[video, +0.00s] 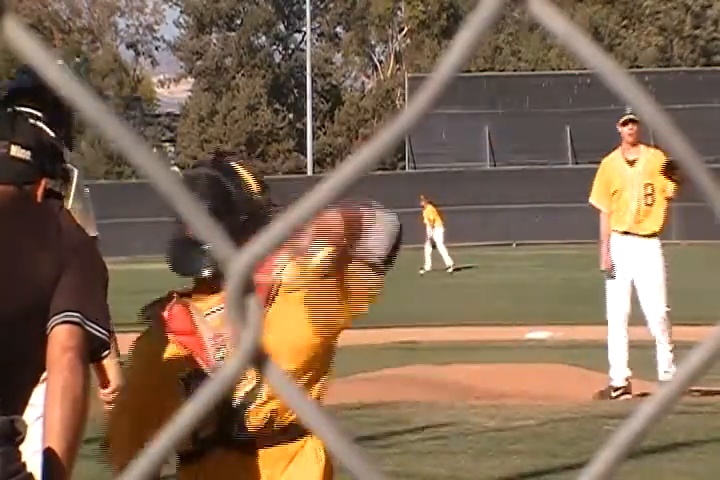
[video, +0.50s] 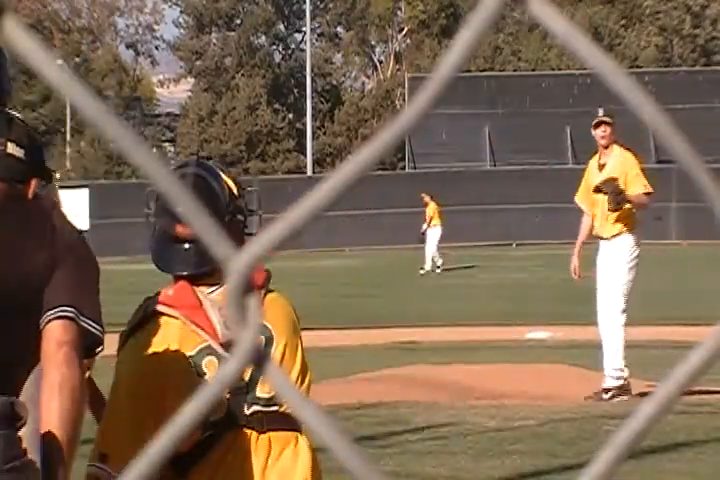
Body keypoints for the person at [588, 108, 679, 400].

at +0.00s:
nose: (630, 129)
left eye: (634, 124)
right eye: (625, 124)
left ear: (640, 128)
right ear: (619, 129)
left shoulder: (656, 157)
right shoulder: (609, 163)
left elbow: (671, 194)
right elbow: (604, 211)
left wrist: (675, 178)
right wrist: (604, 250)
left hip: (649, 242)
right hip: (619, 242)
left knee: (658, 311)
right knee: (617, 313)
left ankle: (666, 372)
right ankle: (619, 377)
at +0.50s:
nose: (603, 132)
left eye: (607, 127)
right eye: (598, 127)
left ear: (614, 131)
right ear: (593, 133)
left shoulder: (625, 158)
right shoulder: (593, 165)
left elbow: (646, 198)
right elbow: (588, 214)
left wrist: (623, 198)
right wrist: (576, 251)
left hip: (623, 240)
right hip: (604, 242)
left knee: (614, 308)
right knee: (603, 309)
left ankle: (617, 377)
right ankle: (612, 376)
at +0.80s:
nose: (598, 124)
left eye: (602, 120)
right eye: (595, 120)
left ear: (609, 125)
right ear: (590, 125)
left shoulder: (618, 148)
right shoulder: (588, 163)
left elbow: (623, 162)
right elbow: (592, 212)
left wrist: (603, 148)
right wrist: (579, 250)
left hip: (616, 232)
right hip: (598, 235)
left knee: (607, 304)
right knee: (591, 306)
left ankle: (617, 376)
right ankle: (613, 374)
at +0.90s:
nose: (599, 130)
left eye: (604, 124)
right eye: (597, 125)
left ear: (608, 129)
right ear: (593, 131)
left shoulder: (606, 156)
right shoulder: (589, 164)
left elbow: (611, 137)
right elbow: (590, 214)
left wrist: (593, 116)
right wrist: (578, 251)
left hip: (612, 233)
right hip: (598, 234)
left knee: (600, 307)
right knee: (590, 308)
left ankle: (616, 378)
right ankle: (612, 377)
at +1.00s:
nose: (592, 121)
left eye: (597, 118)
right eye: (593, 117)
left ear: (602, 123)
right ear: (592, 124)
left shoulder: (600, 148)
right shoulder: (590, 158)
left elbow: (598, 112)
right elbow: (591, 206)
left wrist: (581, 80)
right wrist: (582, 240)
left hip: (605, 226)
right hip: (596, 228)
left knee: (600, 299)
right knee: (597, 299)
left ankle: (612, 373)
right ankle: (610, 372)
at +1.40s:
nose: (573, 119)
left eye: (577, 115)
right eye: (574, 115)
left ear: (590, 118)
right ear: (602, 121)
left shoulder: (584, 133)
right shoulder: (615, 152)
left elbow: (561, 110)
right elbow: (630, 199)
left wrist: (547, 91)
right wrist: (609, 221)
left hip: (588, 223)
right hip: (610, 225)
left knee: (592, 296)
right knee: (608, 296)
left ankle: (603, 370)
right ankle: (609, 366)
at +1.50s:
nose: (580, 126)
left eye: (581, 122)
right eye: (581, 123)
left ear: (586, 122)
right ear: (603, 125)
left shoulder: (576, 133)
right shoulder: (617, 153)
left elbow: (538, 124)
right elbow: (627, 202)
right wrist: (613, 227)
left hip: (586, 224)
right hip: (610, 226)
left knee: (582, 296)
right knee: (607, 296)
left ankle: (599, 366)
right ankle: (611, 366)